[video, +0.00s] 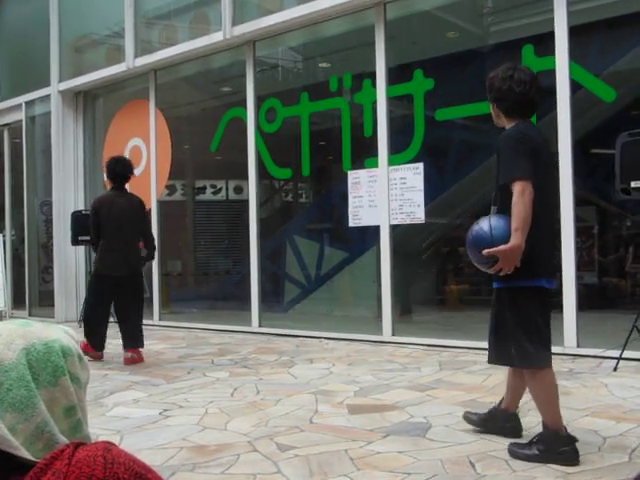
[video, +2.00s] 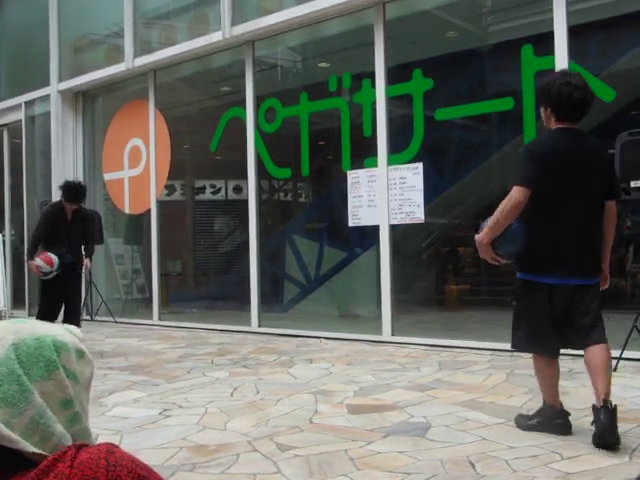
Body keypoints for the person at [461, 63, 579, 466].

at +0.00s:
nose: (489, 107)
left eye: (490, 101)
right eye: (490, 101)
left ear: (495, 105)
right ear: (531, 102)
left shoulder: (514, 138)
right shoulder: (537, 138)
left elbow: (523, 191)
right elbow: (537, 195)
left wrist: (517, 242)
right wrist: (514, 242)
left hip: (525, 263)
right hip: (538, 260)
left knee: (531, 348)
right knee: (521, 341)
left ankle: (556, 437)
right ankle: (506, 412)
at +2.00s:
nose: (540, 111)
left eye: (541, 106)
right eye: (542, 105)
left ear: (548, 110)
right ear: (583, 111)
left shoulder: (538, 151)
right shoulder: (598, 154)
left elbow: (516, 200)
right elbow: (609, 213)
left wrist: (485, 236)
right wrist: (605, 262)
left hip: (540, 267)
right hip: (585, 267)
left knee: (542, 338)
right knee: (593, 334)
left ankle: (552, 410)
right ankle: (604, 407)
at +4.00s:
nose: (591, 118)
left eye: (593, 112)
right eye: (591, 112)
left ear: (608, 112)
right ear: (612, 112)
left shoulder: (628, 143)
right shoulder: (624, 144)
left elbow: (633, 191)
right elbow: (625, 196)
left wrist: (632, 237)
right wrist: (621, 242)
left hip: (622, 254)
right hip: (620, 252)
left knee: (614, 322)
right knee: (613, 322)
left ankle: (599, 394)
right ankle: (599, 393)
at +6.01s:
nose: (503, 126)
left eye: (507, 120)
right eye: (504, 120)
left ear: (521, 124)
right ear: (529, 124)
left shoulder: (544, 158)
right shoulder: (536, 159)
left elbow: (563, 203)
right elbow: (550, 206)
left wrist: (569, 246)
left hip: (526, 268)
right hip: (538, 267)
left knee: (501, 332)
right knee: (556, 334)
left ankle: (481, 399)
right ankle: (581, 403)